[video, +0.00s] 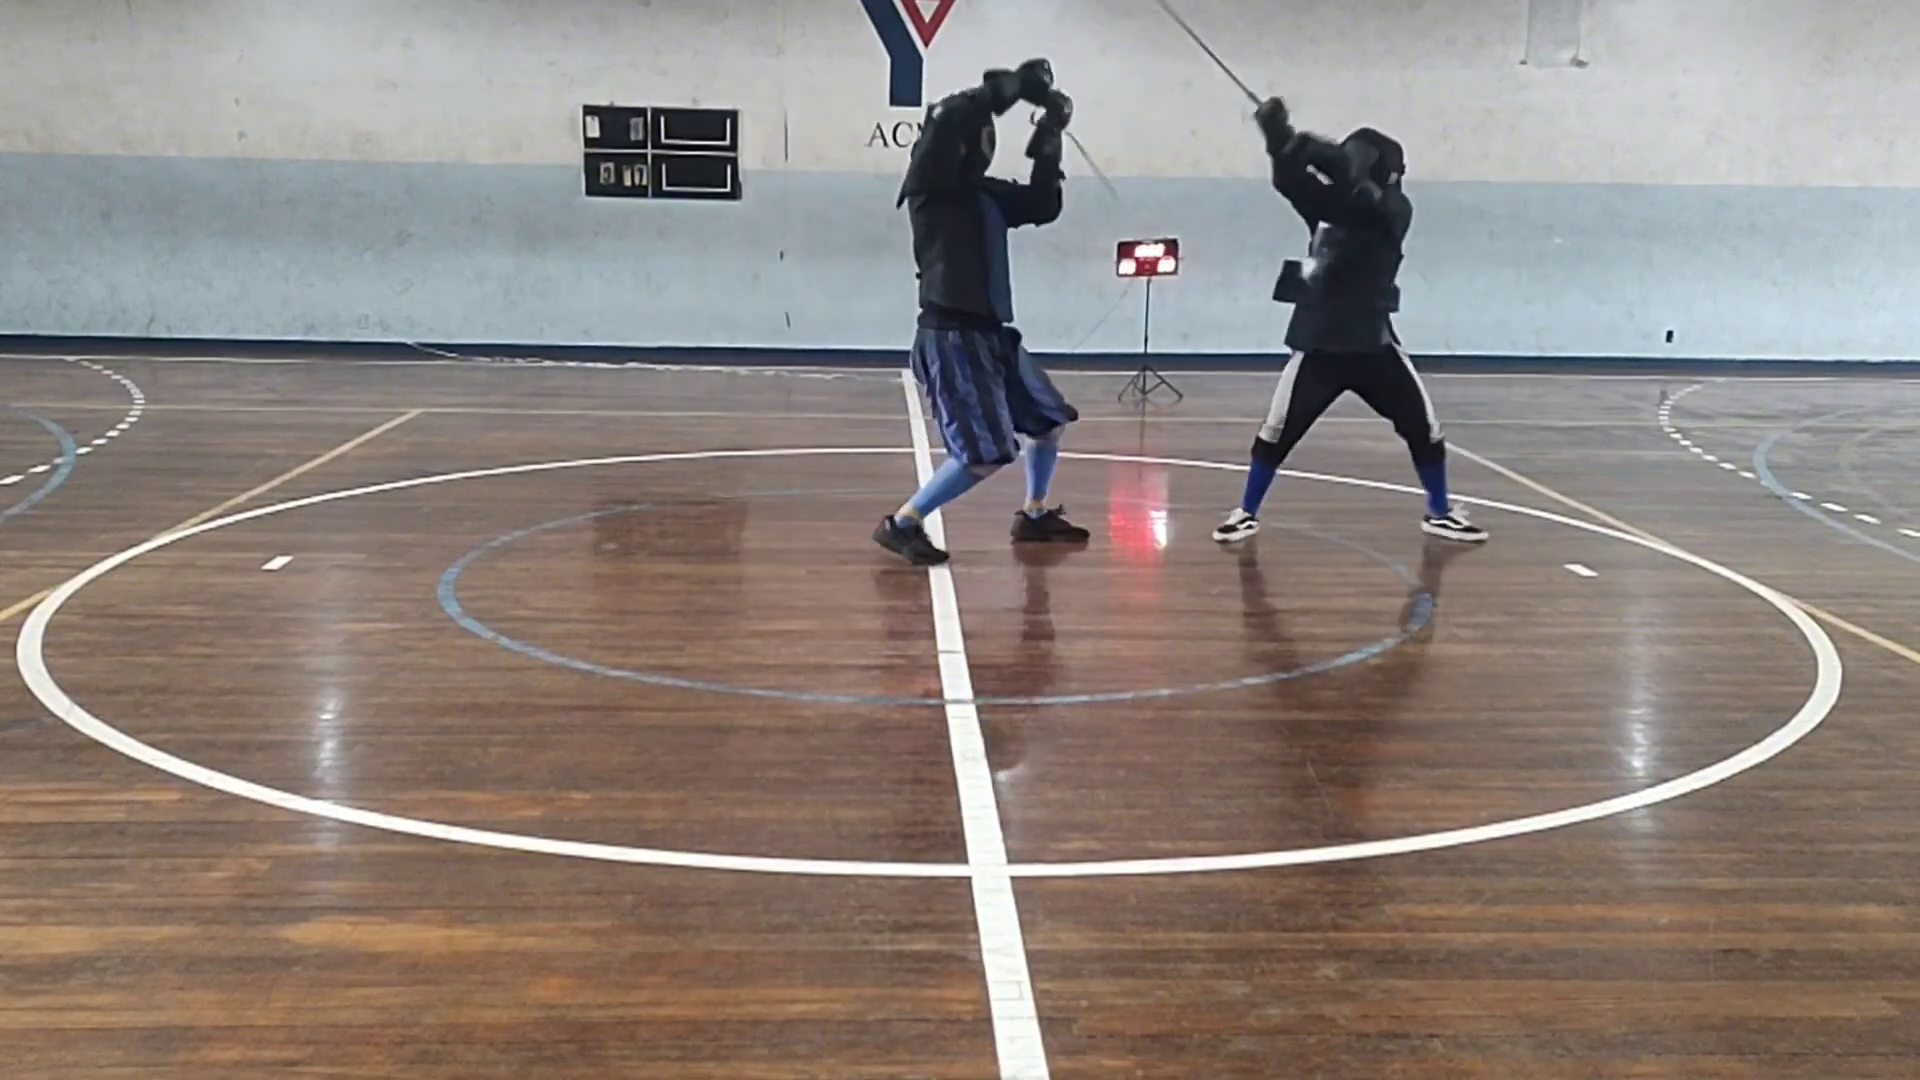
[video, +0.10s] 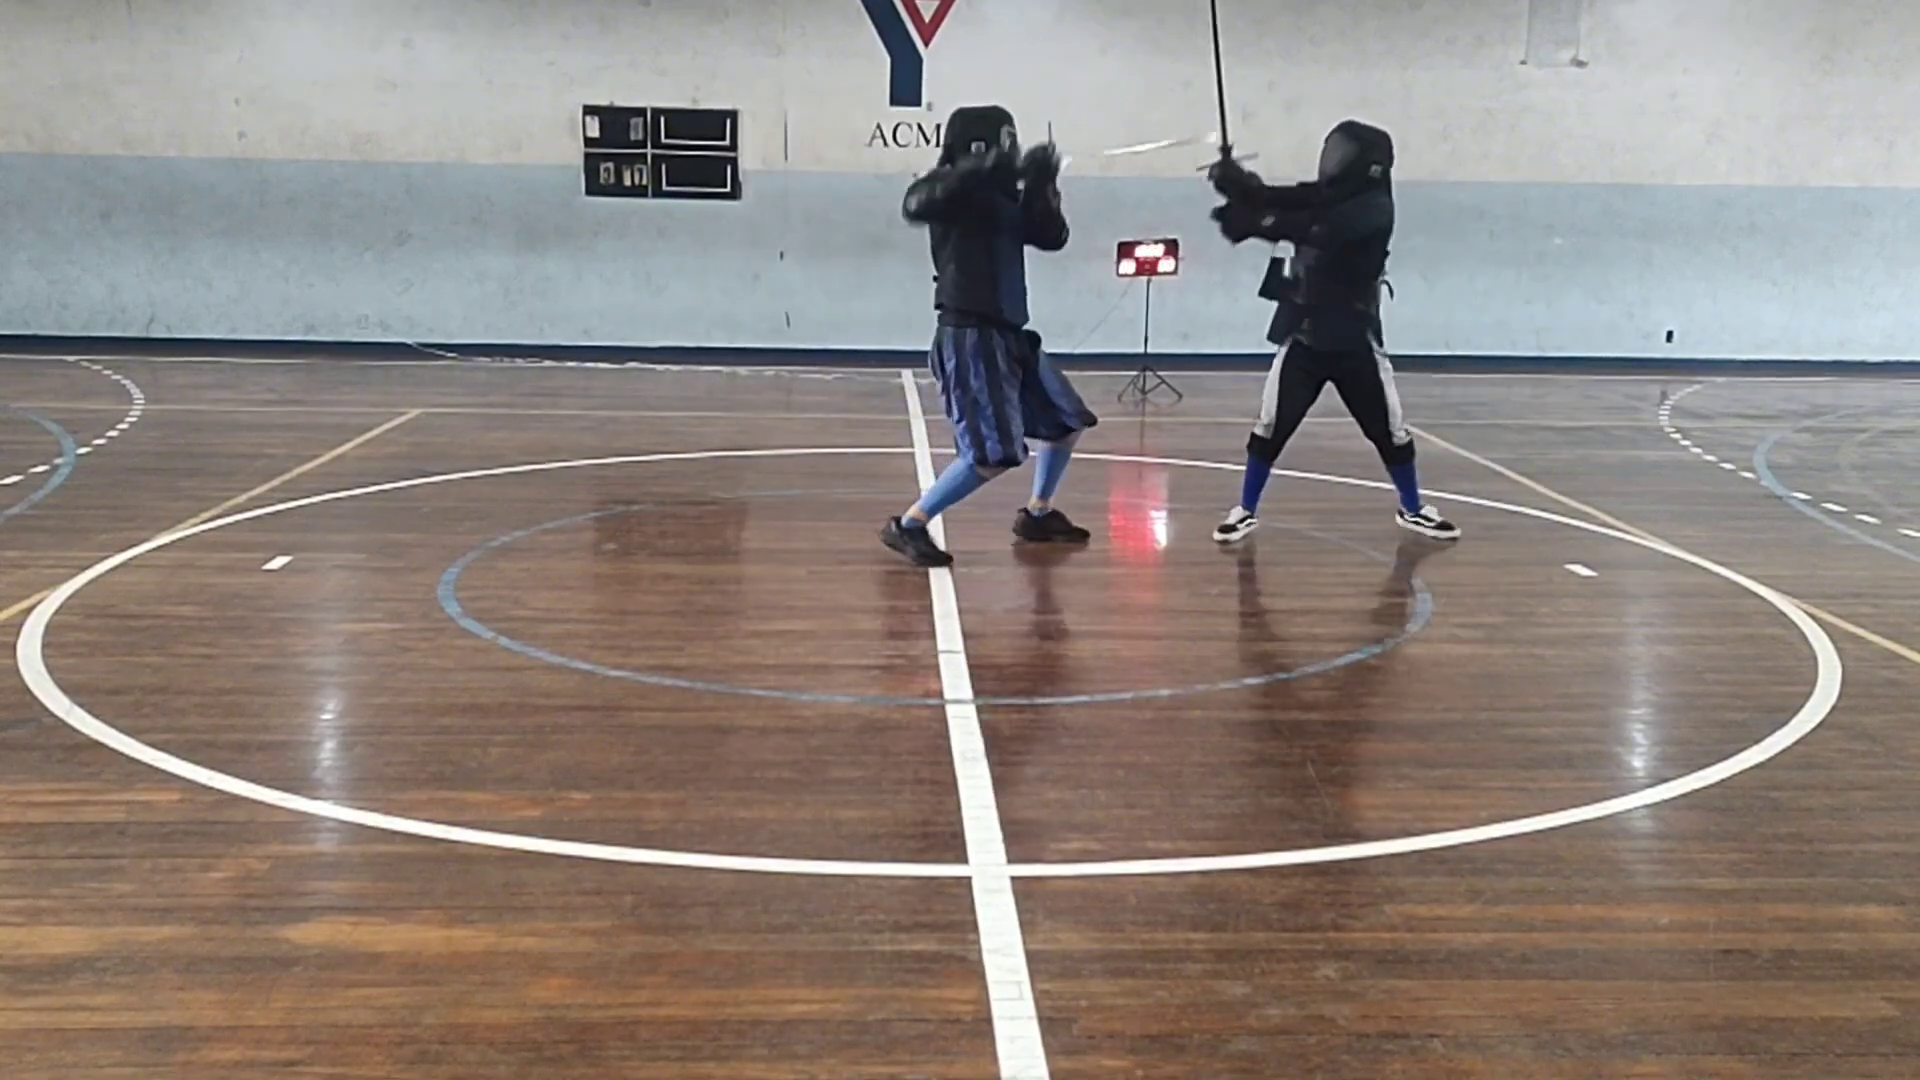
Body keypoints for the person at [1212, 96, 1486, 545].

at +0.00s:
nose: (1344, 165)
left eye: (1354, 157)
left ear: (1378, 166)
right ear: (1366, 162)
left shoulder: (1395, 207)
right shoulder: (1325, 203)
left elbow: (1354, 180)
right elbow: (1291, 181)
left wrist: (1312, 151)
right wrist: (1278, 142)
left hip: (1374, 345)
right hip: (1319, 344)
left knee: (1423, 428)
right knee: (1277, 431)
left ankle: (1439, 512)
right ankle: (1247, 513)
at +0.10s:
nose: (1329, 161)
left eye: (1341, 154)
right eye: (1329, 152)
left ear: (1365, 163)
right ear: (1335, 157)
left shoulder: (1375, 207)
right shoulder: (1325, 195)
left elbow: (1324, 230)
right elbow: (1279, 200)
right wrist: (1238, 183)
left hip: (1354, 340)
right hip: (1304, 338)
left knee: (1390, 430)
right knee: (1270, 427)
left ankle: (1412, 509)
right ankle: (1245, 510)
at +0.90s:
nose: (1335, 171)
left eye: (1340, 159)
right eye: (1332, 164)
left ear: (1362, 160)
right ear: (1332, 172)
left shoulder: (1398, 195)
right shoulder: (1330, 211)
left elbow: (1388, 154)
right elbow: (1294, 220)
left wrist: (1342, 118)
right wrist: (1303, 156)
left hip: (1399, 345)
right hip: (1345, 347)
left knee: (1434, 438)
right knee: (1306, 439)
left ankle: (1447, 522)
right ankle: (1277, 522)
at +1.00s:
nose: (1337, 171)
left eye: (1344, 163)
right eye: (1335, 164)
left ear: (1366, 164)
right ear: (1332, 167)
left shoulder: (1399, 202)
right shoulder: (1329, 213)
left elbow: (1382, 144)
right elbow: (1293, 204)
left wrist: (1332, 99)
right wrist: (1292, 149)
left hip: (1395, 347)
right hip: (1337, 348)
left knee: (1429, 440)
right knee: (1304, 440)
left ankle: (1446, 522)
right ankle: (1283, 524)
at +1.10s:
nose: (1327, 160)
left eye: (1334, 151)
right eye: (1326, 153)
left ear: (1358, 157)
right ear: (1328, 163)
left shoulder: (1393, 200)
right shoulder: (1324, 212)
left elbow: (1369, 139)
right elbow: (1278, 190)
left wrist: (1314, 100)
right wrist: (1261, 133)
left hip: (1384, 343)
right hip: (1328, 345)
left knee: (1418, 437)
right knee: (1294, 440)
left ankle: (1444, 518)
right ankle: (1283, 525)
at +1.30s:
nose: (1312, 163)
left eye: (1320, 155)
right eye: (1310, 157)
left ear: (1340, 156)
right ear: (1308, 162)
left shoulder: (1372, 194)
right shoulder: (1304, 209)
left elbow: (1350, 141)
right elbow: (1255, 191)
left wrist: (1292, 102)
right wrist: (1239, 137)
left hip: (1363, 340)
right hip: (1307, 343)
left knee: (1399, 437)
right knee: (1287, 443)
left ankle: (1423, 520)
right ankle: (1283, 526)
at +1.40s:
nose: (1306, 161)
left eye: (1315, 154)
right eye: (1306, 156)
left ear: (1341, 154)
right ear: (1308, 161)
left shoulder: (1370, 193)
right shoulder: (1300, 209)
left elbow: (1338, 140)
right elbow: (1246, 199)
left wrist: (1272, 110)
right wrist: (1220, 142)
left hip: (1357, 337)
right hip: (1301, 340)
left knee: (1392, 435)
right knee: (1285, 440)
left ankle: (1414, 522)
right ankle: (1282, 525)